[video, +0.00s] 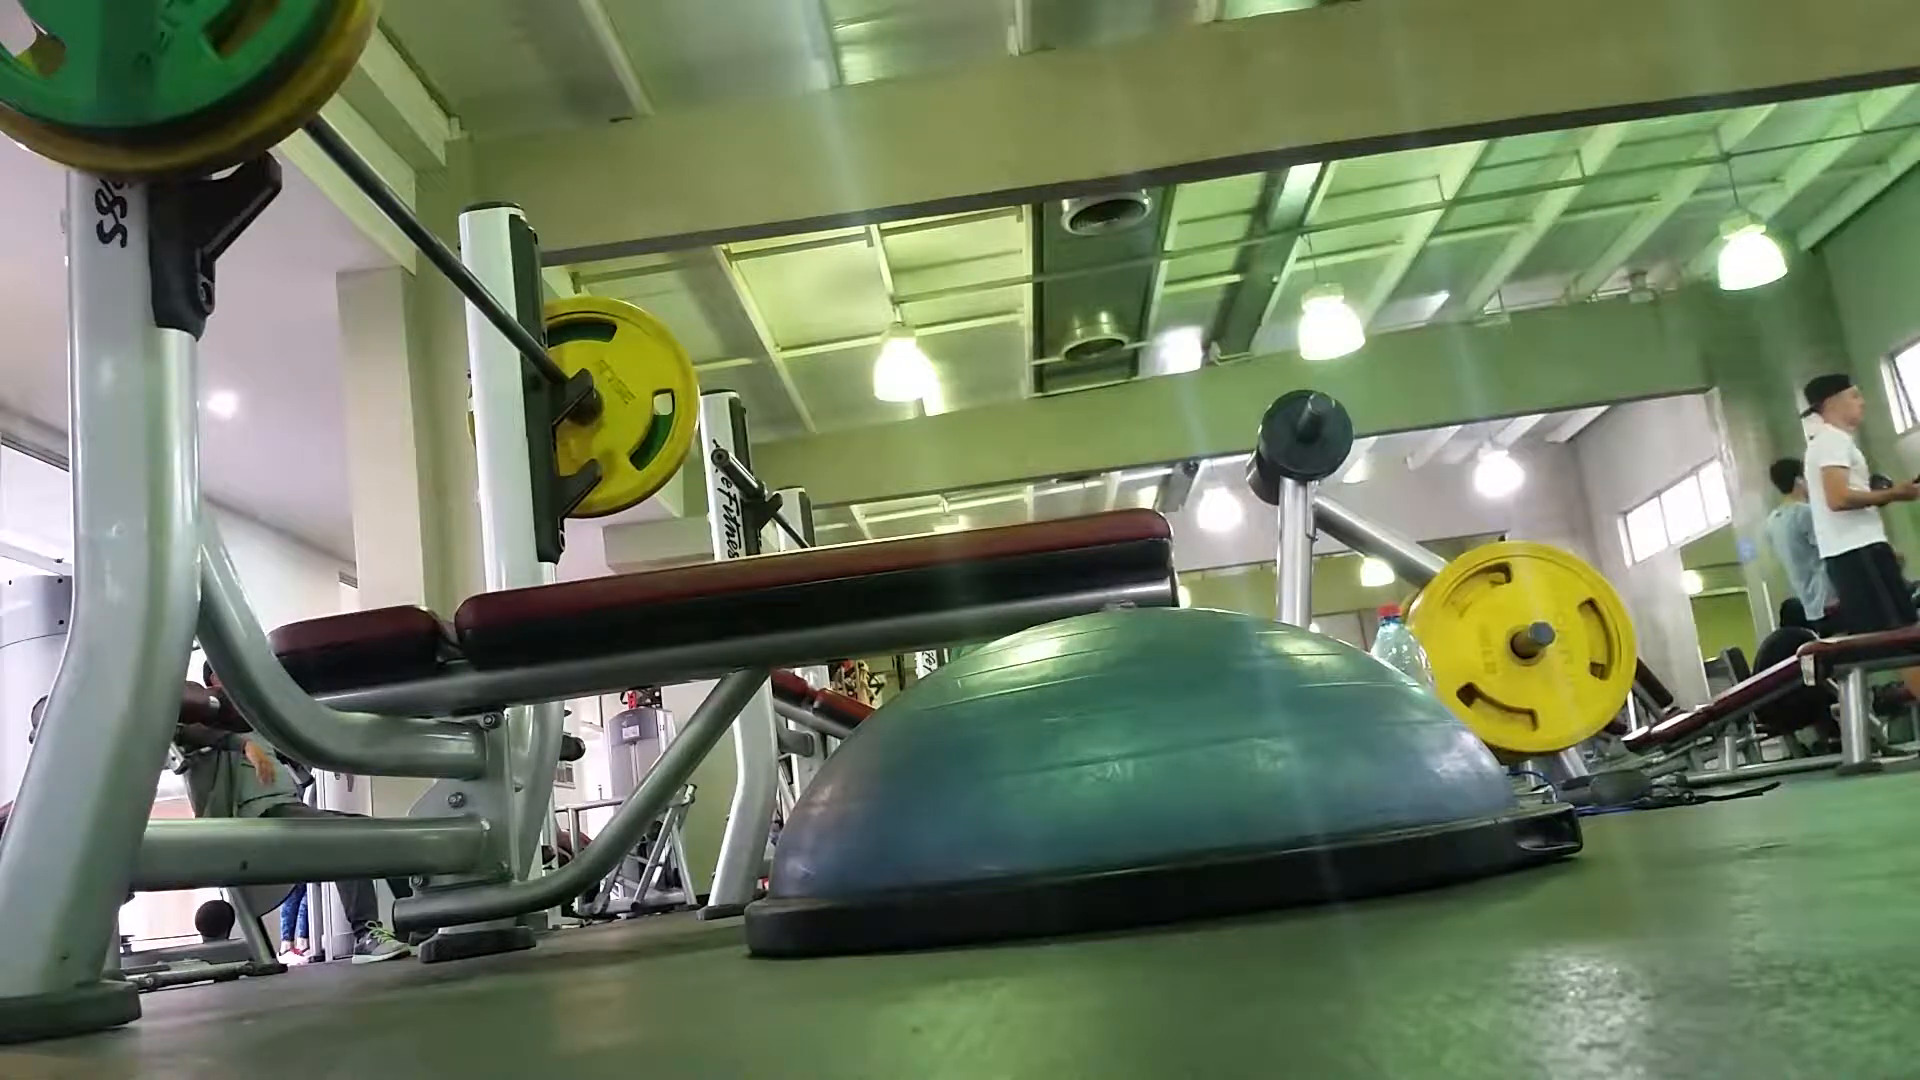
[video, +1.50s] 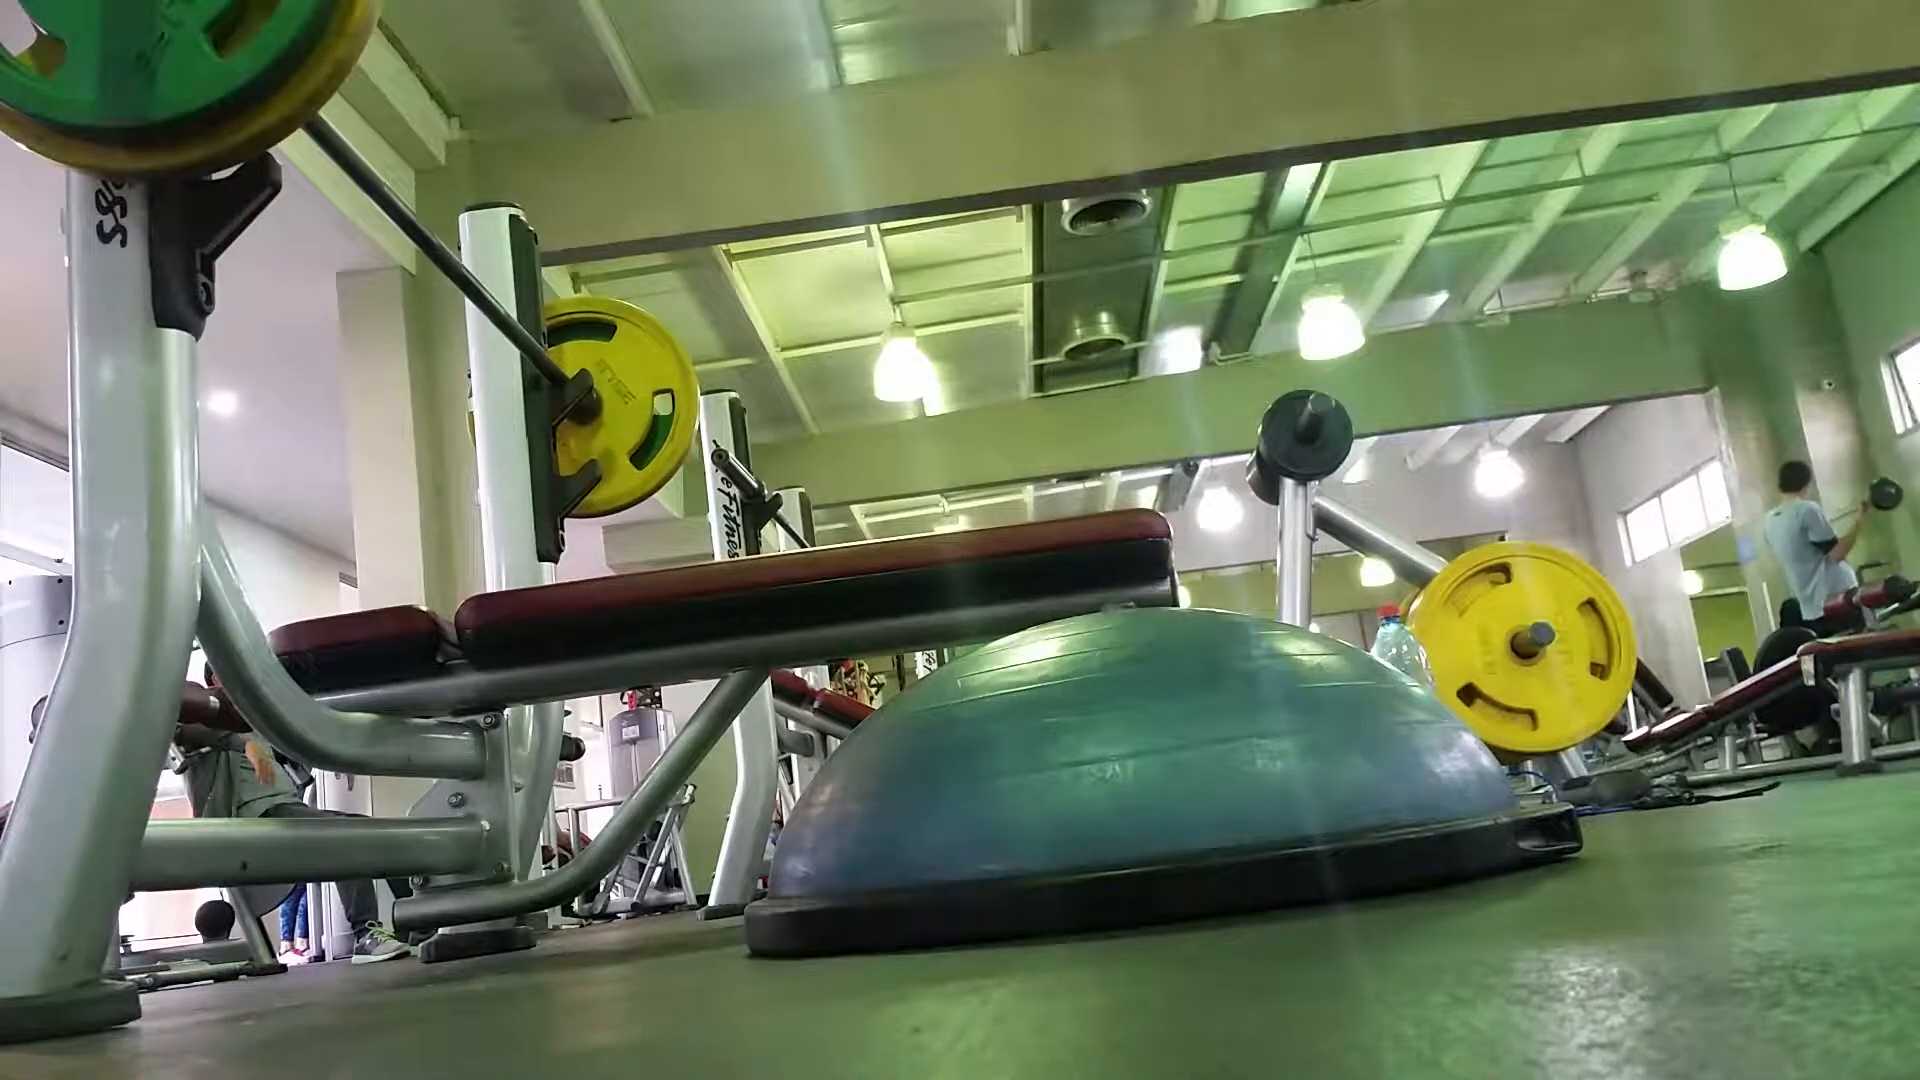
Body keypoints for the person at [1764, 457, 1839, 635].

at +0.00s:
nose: (1810, 483)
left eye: (1807, 477)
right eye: (1806, 477)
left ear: (1779, 485)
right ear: (1798, 481)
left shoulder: (1773, 520)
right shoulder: (1804, 513)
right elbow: (1826, 547)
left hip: (1805, 604)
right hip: (1829, 601)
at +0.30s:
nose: (1810, 479)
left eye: (1806, 474)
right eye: (1805, 475)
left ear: (1778, 487)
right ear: (1797, 482)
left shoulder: (1773, 519)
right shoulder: (1808, 511)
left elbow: (1777, 561)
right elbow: (1822, 560)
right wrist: (1848, 540)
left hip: (1803, 612)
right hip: (1834, 605)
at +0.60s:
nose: (1810, 478)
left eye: (1805, 473)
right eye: (1805, 475)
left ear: (1783, 491)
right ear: (1798, 482)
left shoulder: (1780, 520)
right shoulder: (1812, 507)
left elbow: (1775, 570)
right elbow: (1811, 552)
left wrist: (1804, 577)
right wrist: (1851, 564)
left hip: (1806, 613)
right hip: (1835, 605)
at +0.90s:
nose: (1819, 475)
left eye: (1815, 471)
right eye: (1814, 472)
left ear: (1792, 485)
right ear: (1808, 479)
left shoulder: (1786, 517)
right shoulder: (1819, 504)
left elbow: (1776, 566)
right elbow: (1813, 548)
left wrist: (1802, 577)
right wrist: (1854, 565)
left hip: (1804, 608)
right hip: (1833, 602)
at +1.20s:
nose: (1816, 487)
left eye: (1815, 481)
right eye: (1815, 482)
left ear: (1787, 483)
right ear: (1811, 483)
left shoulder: (1775, 516)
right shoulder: (1806, 512)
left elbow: (1778, 559)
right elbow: (1821, 561)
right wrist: (1866, 548)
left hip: (1810, 612)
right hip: (1836, 607)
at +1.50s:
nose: (1811, 486)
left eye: (1809, 481)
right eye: (1810, 481)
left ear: (1781, 484)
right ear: (1807, 483)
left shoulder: (1770, 520)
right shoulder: (1807, 510)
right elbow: (1837, 553)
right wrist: (1860, 521)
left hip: (1809, 611)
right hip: (1838, 606)